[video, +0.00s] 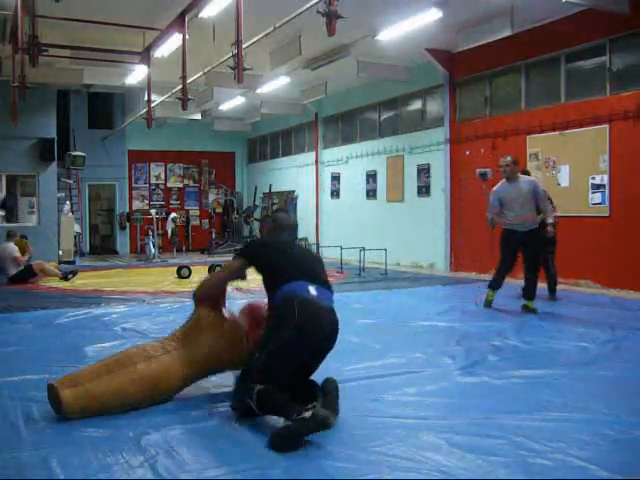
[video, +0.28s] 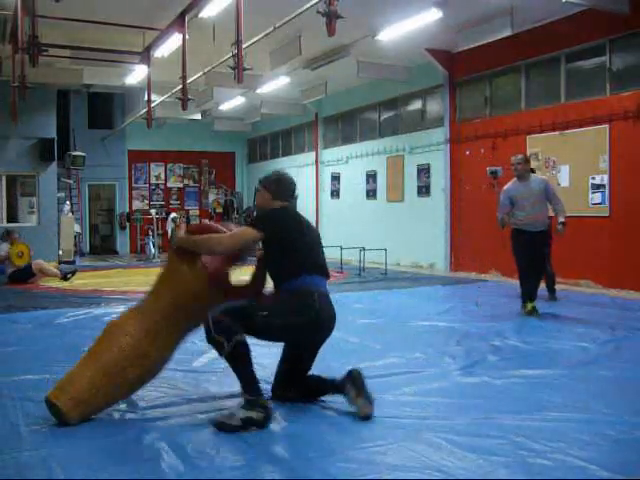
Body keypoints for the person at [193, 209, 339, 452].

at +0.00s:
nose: (260, 231)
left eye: (262, 227)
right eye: (261, 227)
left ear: (269, 228)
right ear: (294, 232)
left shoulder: (260, 246)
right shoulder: (311, 255)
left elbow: (205, 290)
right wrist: (271, 321)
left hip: (294, 319)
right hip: (327, 323)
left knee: (245, 392)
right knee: (288, 383)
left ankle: (299, 412)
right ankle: (320, 397)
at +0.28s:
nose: (255, 197)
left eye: (259, 192)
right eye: (257, 191)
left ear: (273, 197)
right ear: (285, 199)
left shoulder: (272, 217)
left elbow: (226, 244)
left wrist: (184, 240)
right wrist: (218, 289)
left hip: (297, 309)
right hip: (322, 315)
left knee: (221, 320)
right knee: (285, 389)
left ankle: (254, 404)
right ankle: (344, 385)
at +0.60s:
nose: (237, 191)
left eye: (241, 185)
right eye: (239, 185)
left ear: (255, 188)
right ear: (267, 189)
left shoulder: (267, 221)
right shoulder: (275, 223)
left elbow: (205, 240)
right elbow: (230, 268)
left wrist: (153, 223)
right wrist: (188, 249)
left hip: (280, 320)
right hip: (295, 319)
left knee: (200, 322)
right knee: (284, 389)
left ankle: (231, 404)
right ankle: (350, 377)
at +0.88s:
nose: (159, 201)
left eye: (162, 194)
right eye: (157, 195)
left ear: (179, 190)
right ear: (194, 186)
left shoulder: (209, 212)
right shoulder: (209, 206)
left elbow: (153, 252)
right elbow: (159, 242)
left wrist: (100, 218)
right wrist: (117, 218)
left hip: (261, 294)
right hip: (277, 287)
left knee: (185, 333)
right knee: (290, 371)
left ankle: (232, 407)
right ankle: (371, 381)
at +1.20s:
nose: (86, 178)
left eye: (88, 171)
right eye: (85, 172)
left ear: (102, 170)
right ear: (118, 164)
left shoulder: (140, 188)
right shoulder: (129, 190)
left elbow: (101, 246)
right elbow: (98, 236)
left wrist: (38, 219)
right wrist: (51, 215)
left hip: (227, 247)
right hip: (211, 248)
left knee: (179, 329)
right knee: (154, 304)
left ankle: (230, 404)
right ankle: (192, 374)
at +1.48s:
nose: (31, 180)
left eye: (35, 174)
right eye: (32, 175)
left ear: (48, 178)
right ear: (73, 175)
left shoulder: (88, 210)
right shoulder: (61, 212)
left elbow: (52, 269)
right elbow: (35, 258)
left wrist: (8, 226)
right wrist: (17, 213)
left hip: (133, 298)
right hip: (111, 291)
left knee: (45, 322)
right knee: (35, 312)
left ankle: (49, 418)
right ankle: (31, 404)